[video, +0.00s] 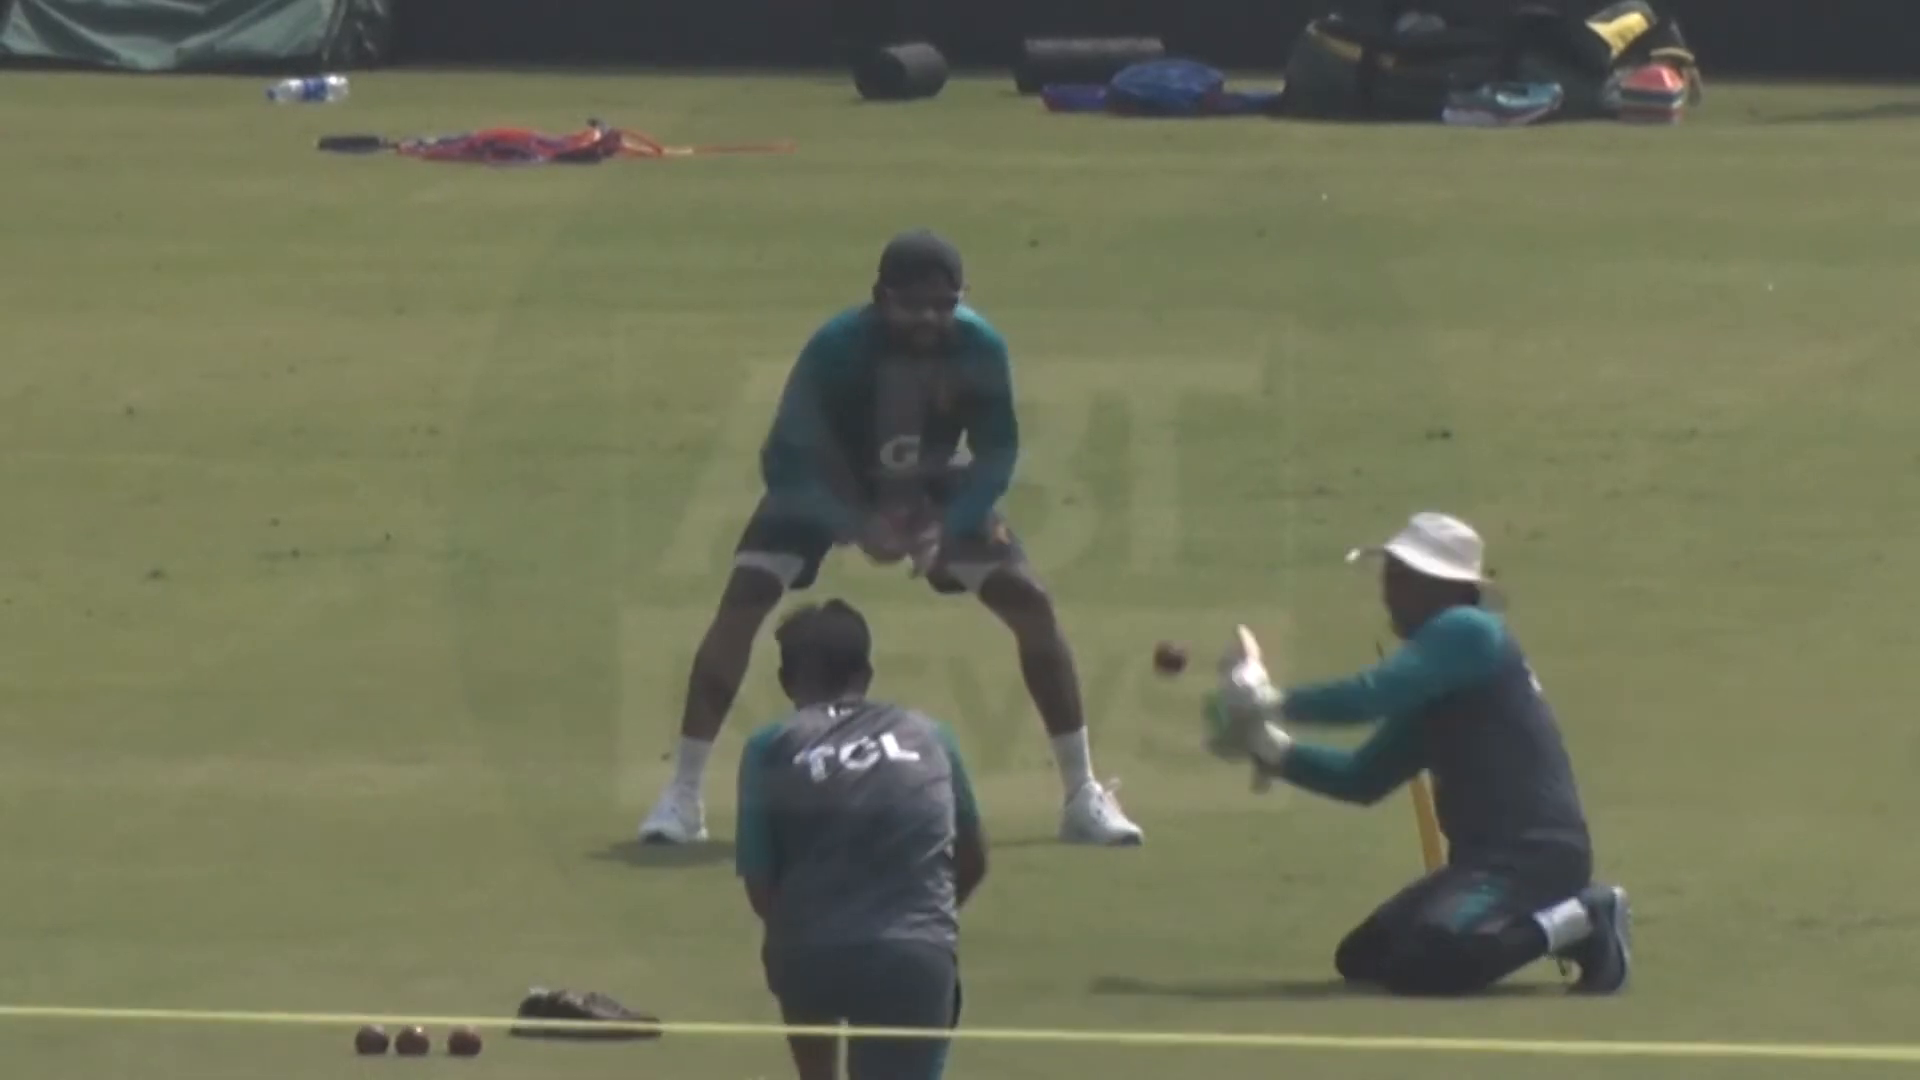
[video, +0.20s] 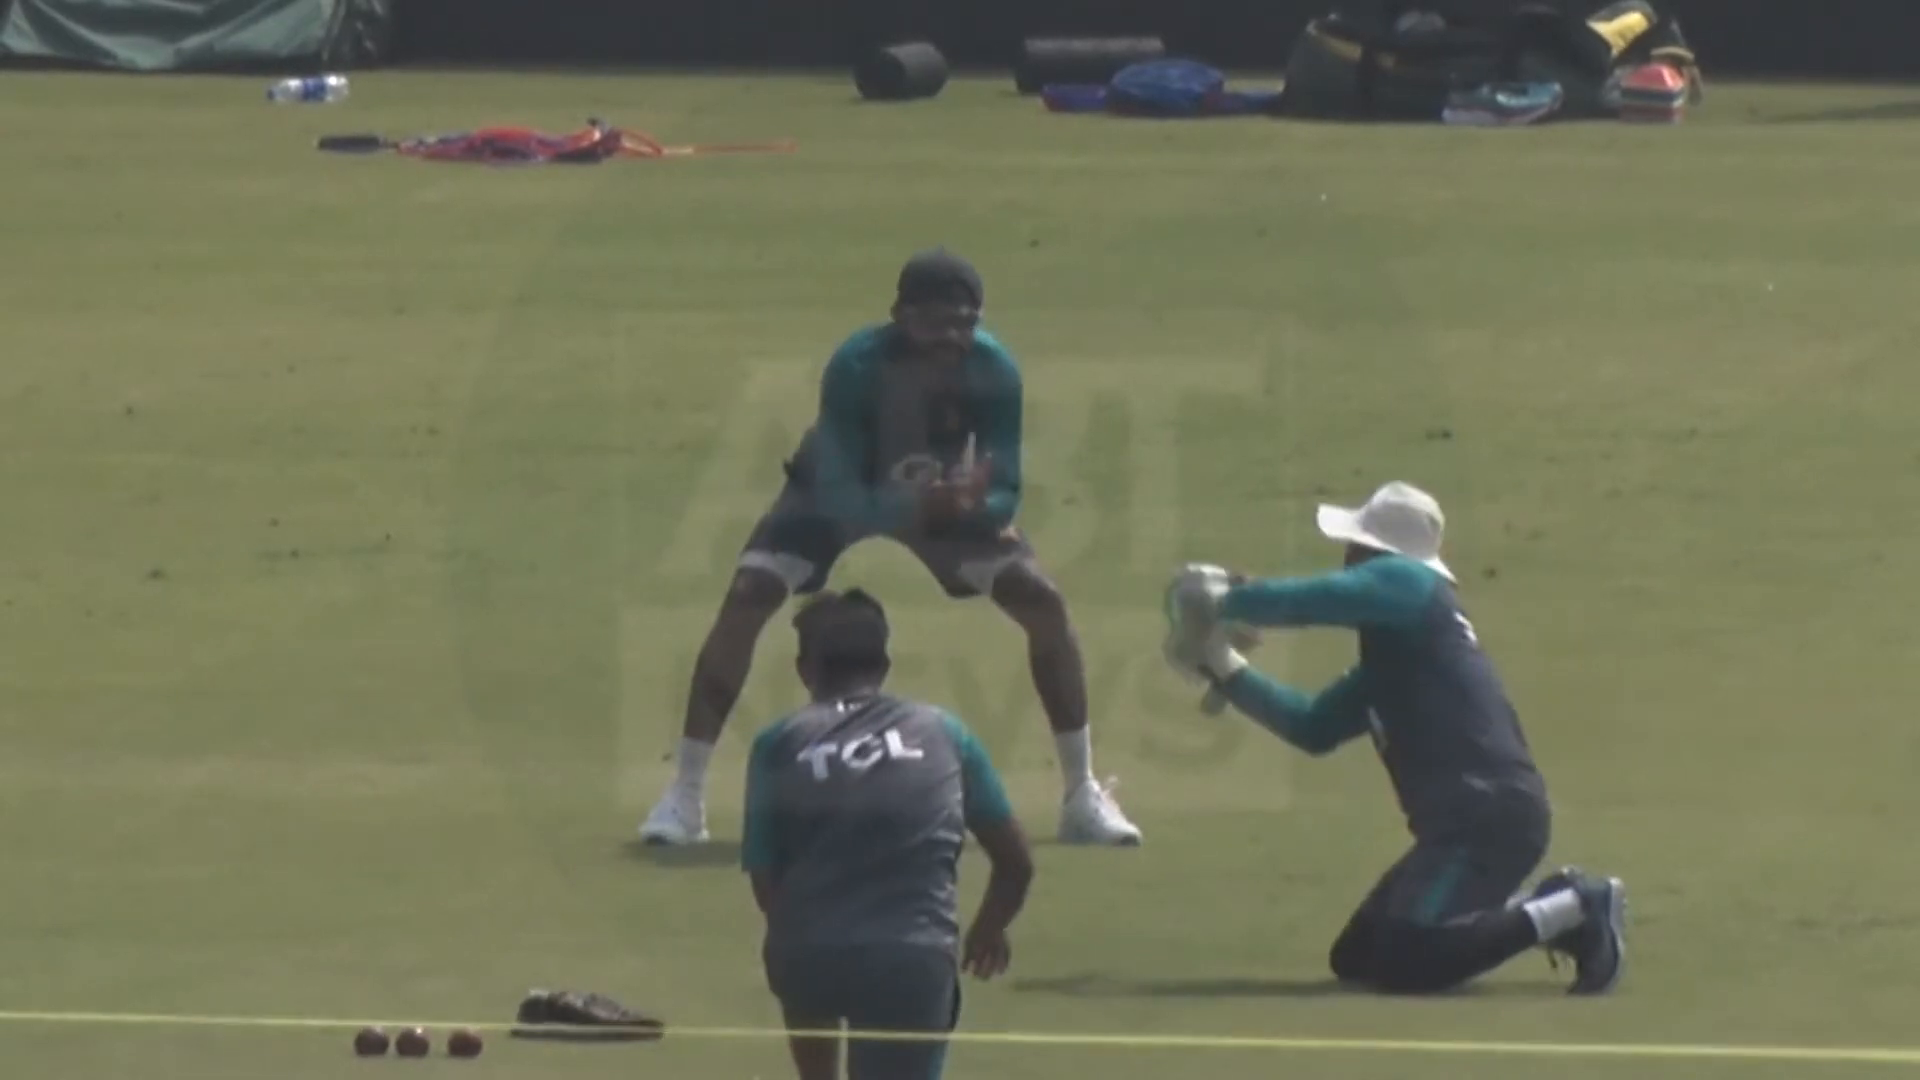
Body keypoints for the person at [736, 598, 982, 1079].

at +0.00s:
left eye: (784, 671)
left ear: (786, 678)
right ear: (866, 675)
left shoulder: (767, 748)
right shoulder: (930, 734)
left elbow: (759, 885)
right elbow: (971, 860)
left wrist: (809, 931)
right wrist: (915, 916)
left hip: (807, 962)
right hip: (915, 960)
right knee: (906, 1070)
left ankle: (820, 1075)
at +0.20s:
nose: (797, 667)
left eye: (799, 658)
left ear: (805, 669)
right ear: (884, 666)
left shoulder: (776, 744)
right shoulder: (945, 731)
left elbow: (765, 884)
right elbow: (1015, 863)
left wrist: (805, 939)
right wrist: (989, 927)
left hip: (806, 956)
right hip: (913, 959)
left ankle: (819, 1075)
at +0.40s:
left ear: (822, 662)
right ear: (903, 661)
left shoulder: (785, 740)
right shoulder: (955, 731)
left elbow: (769, 877)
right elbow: (1023, 872)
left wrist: (804, 939)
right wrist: (1011, 961)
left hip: (805, 957)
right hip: (912, 962)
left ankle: (824, 1074)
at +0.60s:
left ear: (839, 659)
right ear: (918, 654)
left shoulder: (792, 732)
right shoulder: (961, 732)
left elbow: (773, 870)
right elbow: (1014, 876)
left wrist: (808, 927)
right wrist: (1001, 973)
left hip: (803, 953)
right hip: (909, 960)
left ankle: (826, 1073)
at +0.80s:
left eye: (844, 633)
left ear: (843, 646)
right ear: (920, 648)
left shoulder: (794, 729)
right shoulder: (963, 728)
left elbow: (773, 871)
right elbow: (1009, 873)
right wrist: (988, 969)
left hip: (806, 956)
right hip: (911, 961)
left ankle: (825, 1073)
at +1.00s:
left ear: (838, 645)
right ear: (922, 643)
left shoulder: (793, 728)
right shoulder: (962, 728)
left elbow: (759, 871)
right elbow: (1005, 873)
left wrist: (816, 877)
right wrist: (972, 968)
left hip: (804, 958)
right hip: (905, 961)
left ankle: (821, 1071)